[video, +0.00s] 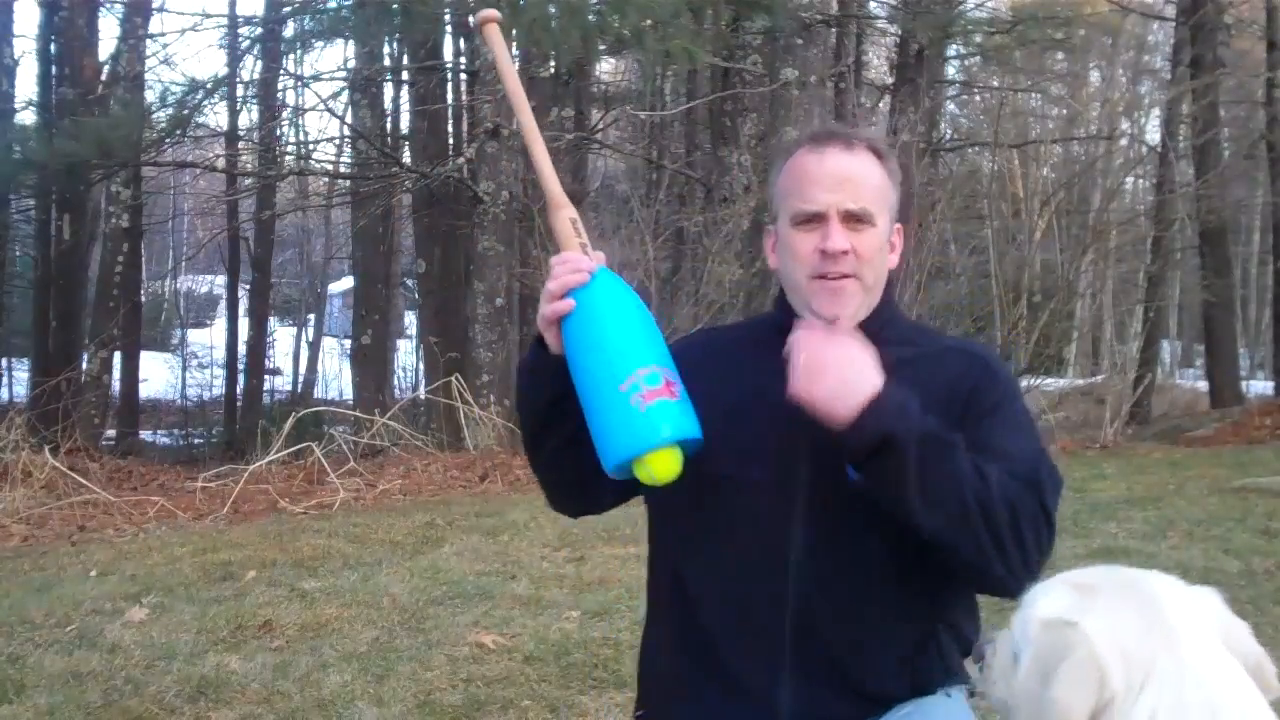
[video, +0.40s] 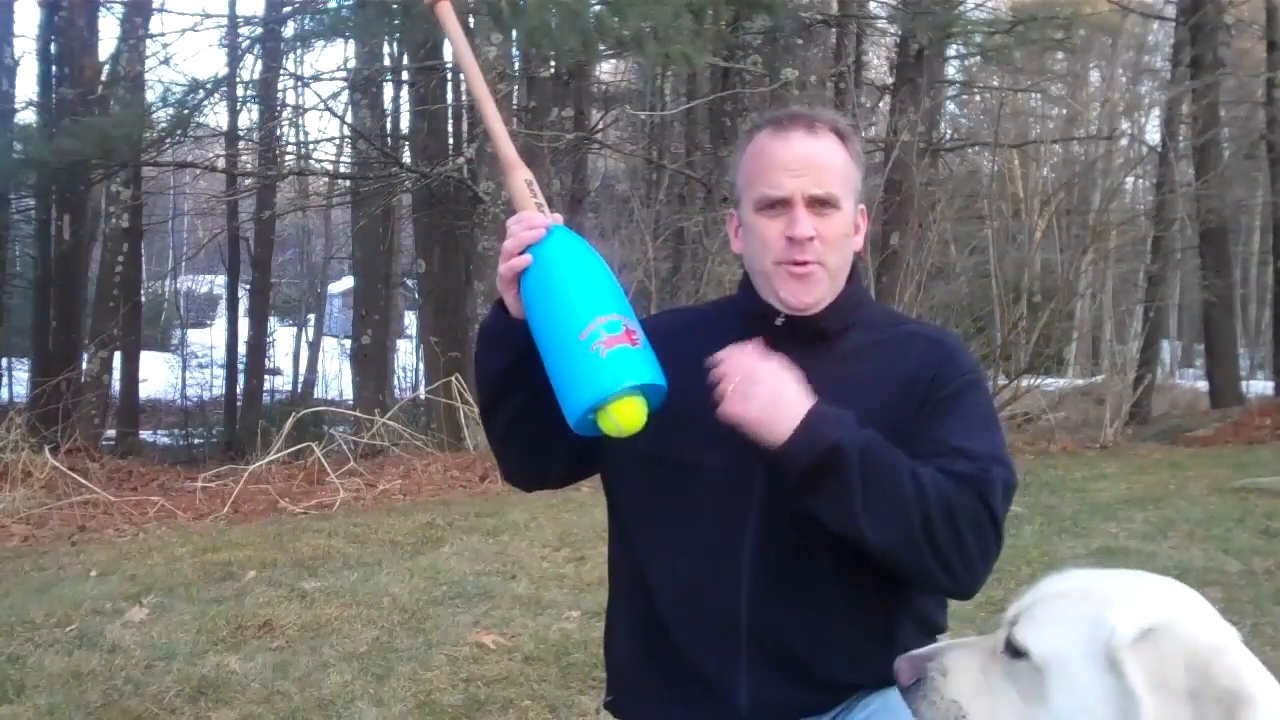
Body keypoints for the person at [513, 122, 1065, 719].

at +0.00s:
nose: (833, 243)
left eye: (857, 221)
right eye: (809, 222)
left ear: (895, 245)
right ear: (773, 247)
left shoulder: (963, 379)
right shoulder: (694, 368)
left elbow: (1015, 552)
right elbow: (580, 487)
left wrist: (876, 416)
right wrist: (553, 354)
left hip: (900, 700)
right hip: (709, 700)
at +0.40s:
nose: (799, 230)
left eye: (822, 205)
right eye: (774, 207)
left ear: (859, 227)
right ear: (737, 233)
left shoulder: (929, 366)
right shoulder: (653, 350)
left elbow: (964, 547)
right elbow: (537, 459)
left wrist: (809, 430)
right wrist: (516, 320)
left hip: (855, 695)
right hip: (670, 698)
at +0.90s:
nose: (804, 246)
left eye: (830, 224)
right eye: (779, 222)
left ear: (866, 244)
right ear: (742, 238)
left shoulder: (931, 385)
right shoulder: (667, 358)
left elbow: (952, 573)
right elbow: (560, 489)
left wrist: (778, 488)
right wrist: (532, 359)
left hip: (865, 703)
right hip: (672, 701)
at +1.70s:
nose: (809, 257)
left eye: (837, 232)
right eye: (788, 229)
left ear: (877, 251)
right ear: (751, 243)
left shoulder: (949, 399)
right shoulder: (675, 368)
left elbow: (1033, 589)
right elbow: (576, 488)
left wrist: (930, 702)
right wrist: (542, 360)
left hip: (856, 707)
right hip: (676, 702)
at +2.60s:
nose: (804, 255)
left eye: (829, 230)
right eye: (782, 229)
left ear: (872, 247)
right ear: (747, 244)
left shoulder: (951, 397)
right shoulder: (681, 370)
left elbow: (991, 591)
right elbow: (604, 530)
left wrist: (806, 564)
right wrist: (571, 415)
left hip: (876, 703)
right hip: (685, 703)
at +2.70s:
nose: (801, 255)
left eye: (827, 230)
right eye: (779, 230)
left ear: (871, 248)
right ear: (745, 245)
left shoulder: (951, 397)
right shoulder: (678, 370)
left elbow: (988, 589)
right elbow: (603, 528)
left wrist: (803, 559)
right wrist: (570, 410)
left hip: (877, 705)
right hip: (685, 704)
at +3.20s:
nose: (794, 249)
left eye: (821, 225)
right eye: (773, 223)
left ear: (867, 248)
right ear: (742, 239)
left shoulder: (948, 395)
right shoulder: (676, 368)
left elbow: (977, 587)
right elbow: (605, 528)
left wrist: (794, 548)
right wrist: (572, 411)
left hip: (861, 706)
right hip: (680, 703)